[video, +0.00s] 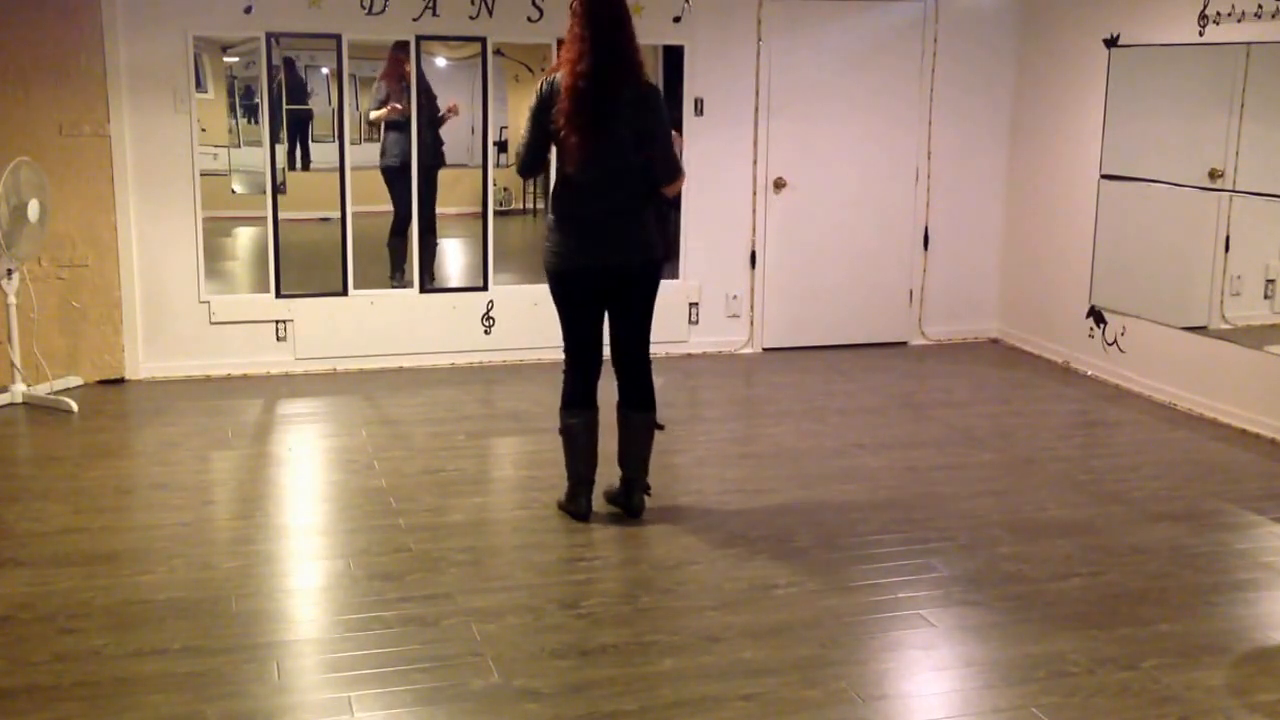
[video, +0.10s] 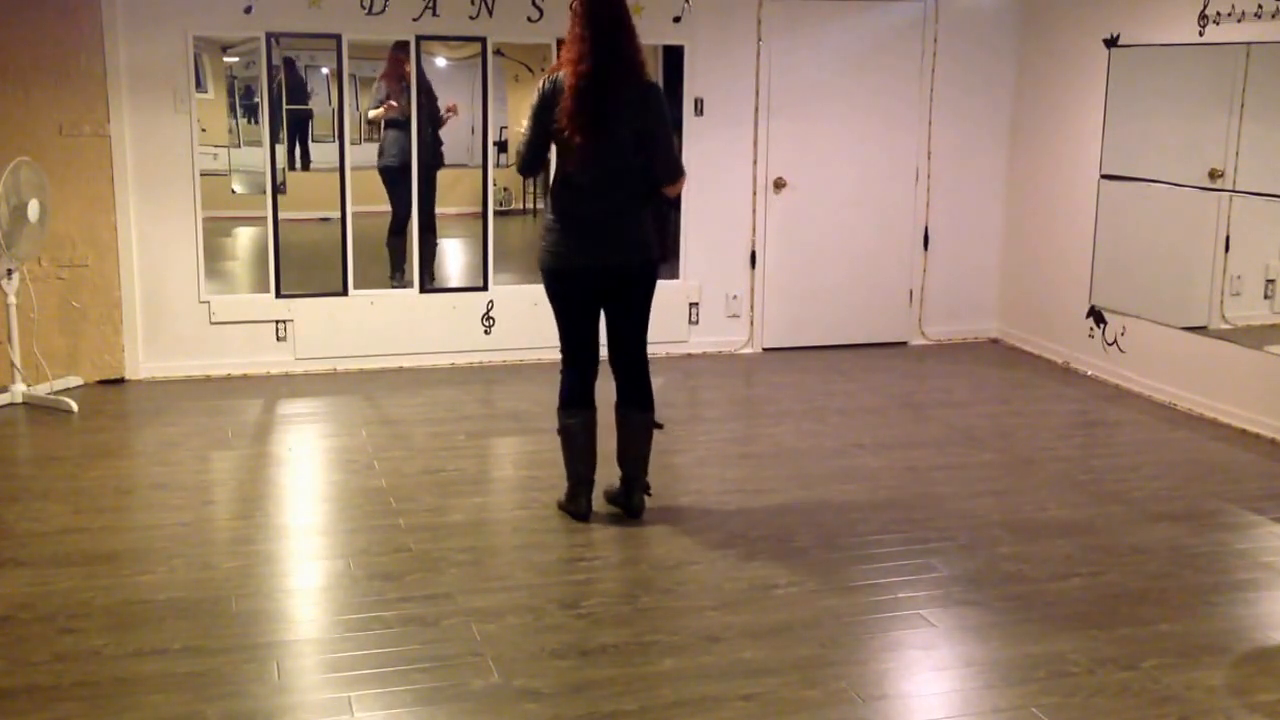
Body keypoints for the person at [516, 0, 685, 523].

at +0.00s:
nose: (570, 32)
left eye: (574, 24)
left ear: (574, 33)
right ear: (625, 34)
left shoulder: (554, 90)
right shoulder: (644, 94)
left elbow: (528, 165)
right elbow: (669, 179)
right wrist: (667, 164)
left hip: (571, 253)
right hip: (634, 254)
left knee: (580, 362)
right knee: (633, 362)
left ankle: (579, 492)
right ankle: (633, 487)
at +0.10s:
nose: (571, 33)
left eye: (574, 26)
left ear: (575, 34)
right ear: (627, 34)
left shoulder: (556, 89)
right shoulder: (647, 94)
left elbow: (527, 162)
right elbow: (670, 180)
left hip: (567, 253)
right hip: (631, 255)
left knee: (577, 362)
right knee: (631, 362)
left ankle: (579, 492)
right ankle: (633, 487)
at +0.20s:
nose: (568, 36)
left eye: (572, 27)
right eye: (574, 26)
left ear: (578, 34)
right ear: (627, 34)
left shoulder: (559, 89)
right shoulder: (652, 95)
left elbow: (529, 163)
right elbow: (675, 178)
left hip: (563, 253)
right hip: (627, 255)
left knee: (571, 363)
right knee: (626, 360)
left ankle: (578, 492)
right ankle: (633, 486)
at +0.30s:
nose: (568, 37)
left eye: (572, 28)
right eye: (573, 27)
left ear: (578, 35)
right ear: (627, 34)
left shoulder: (561, 90)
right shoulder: (655, 95)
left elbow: (529, 165)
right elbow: (682, 176)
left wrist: (534, 124)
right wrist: (646, 185)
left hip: (562, 253)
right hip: (626, 256)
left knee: (569, 365)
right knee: (621, 359)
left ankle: (578, 492)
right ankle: (632, 485)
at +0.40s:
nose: (567, 40)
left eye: (572, 31)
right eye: (573, 30)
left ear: (579, 36)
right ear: (627, 35)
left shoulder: (565, 92)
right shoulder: (655, 95)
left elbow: (525, 165)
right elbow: (687, 172)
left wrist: (532, 113)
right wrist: (649, 169)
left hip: (561, 253)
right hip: (626, 256)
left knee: (568, 365)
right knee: (617, 358)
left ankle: (578, 492)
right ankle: (632, 484)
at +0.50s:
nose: (566, 41)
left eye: (570, 32)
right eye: (571, 32)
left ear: (577, 39)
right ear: (626, 35)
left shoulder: (567, 94)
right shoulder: (653, 94)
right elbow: (695, 166)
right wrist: (656, 163)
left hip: (562, 254)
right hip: (626, 259)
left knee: (566, 365)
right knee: (612, 359)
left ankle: (578, 493)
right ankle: (631, 485)